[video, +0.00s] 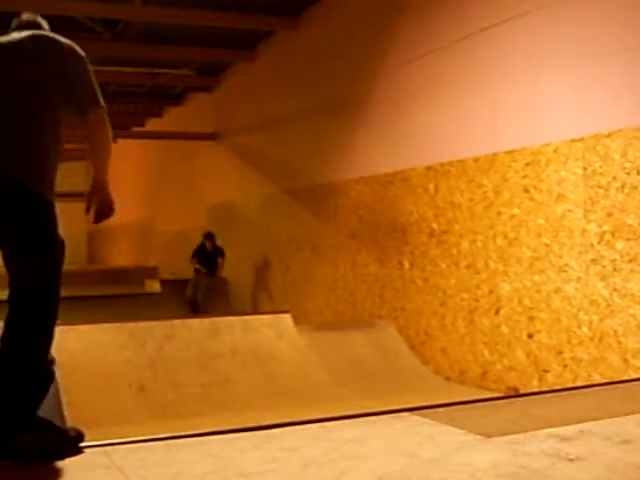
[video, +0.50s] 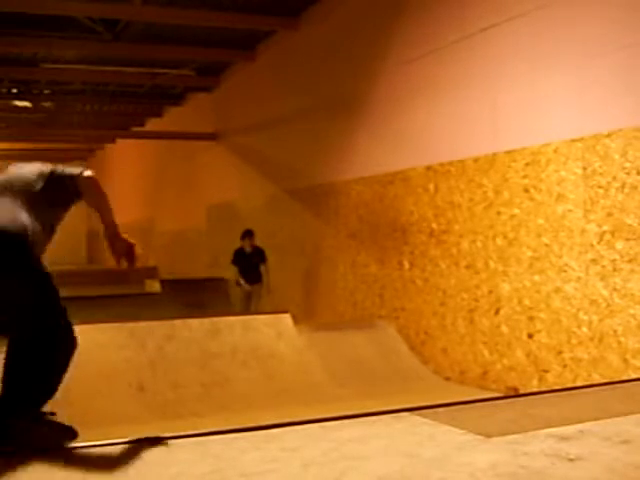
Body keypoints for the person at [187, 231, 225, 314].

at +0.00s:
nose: (208, 244)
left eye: (210, 242)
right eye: (207, 242)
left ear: (213, 241)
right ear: (204, 241)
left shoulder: (218, 250)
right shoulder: (200, 248)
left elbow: (221, 262)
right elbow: (193, 261)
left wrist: (220, 271)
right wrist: (202, 269)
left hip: (212, 274)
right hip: (200, 274)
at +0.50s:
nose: (248, 243)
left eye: (250, 240)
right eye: (246, 240)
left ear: (253, 240)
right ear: (242, 241)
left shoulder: (259, 251)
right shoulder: (238, 252)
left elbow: (263, 268)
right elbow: (235, 271)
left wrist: (266, 285)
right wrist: (244, 284)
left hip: (256, 284)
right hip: (243, 284)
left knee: (254, 308)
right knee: (243, 308)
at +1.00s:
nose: (297, 220)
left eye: (299, 217)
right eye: (295, 217)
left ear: (302, 217)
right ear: (290, 219)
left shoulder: (309, 229)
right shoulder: (285, 233)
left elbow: (316, 246)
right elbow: (280, 250)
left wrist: (320, 261)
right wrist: (287, 266)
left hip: (310, 263)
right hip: (296, 266)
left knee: (313, 290)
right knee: (303, 292)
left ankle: (314, 312)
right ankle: (302, 313)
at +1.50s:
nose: (348, 210)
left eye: (349, 206)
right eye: (344, 208)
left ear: (353, 204)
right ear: (339, 207)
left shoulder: (362, 216)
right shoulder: (335, 218)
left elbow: (370, 238)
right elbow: (331, 239)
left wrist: (370, 258)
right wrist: (334, 258)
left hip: (359, 255)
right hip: (342, 255)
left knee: (352, 285)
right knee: (335, 286)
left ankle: (356, 319)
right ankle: (339, 306)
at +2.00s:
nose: (430, 229)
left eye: (432, 225)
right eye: (426, 225)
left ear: (435, 225)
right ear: (419, 226)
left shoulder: (442, 244)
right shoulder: (409, 247)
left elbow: (447, 271)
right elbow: (404, 275)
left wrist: (449, 294)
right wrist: (406, 299)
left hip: (437, 296)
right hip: (417, 298)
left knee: (435, 339)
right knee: (417, 342)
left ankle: (439, 376)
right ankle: (424, 374)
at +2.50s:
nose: (520, 229)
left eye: (522, 223)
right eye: (517, 226)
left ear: (532, 221)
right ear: (514, 227)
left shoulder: (555, 243)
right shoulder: (514, 257)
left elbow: (577, 275)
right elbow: (510, 291)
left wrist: (595, 308)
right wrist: (517, 319)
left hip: (567, 314)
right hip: (540, 321)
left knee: (579, 365)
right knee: (548, 378)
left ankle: (593, 405)